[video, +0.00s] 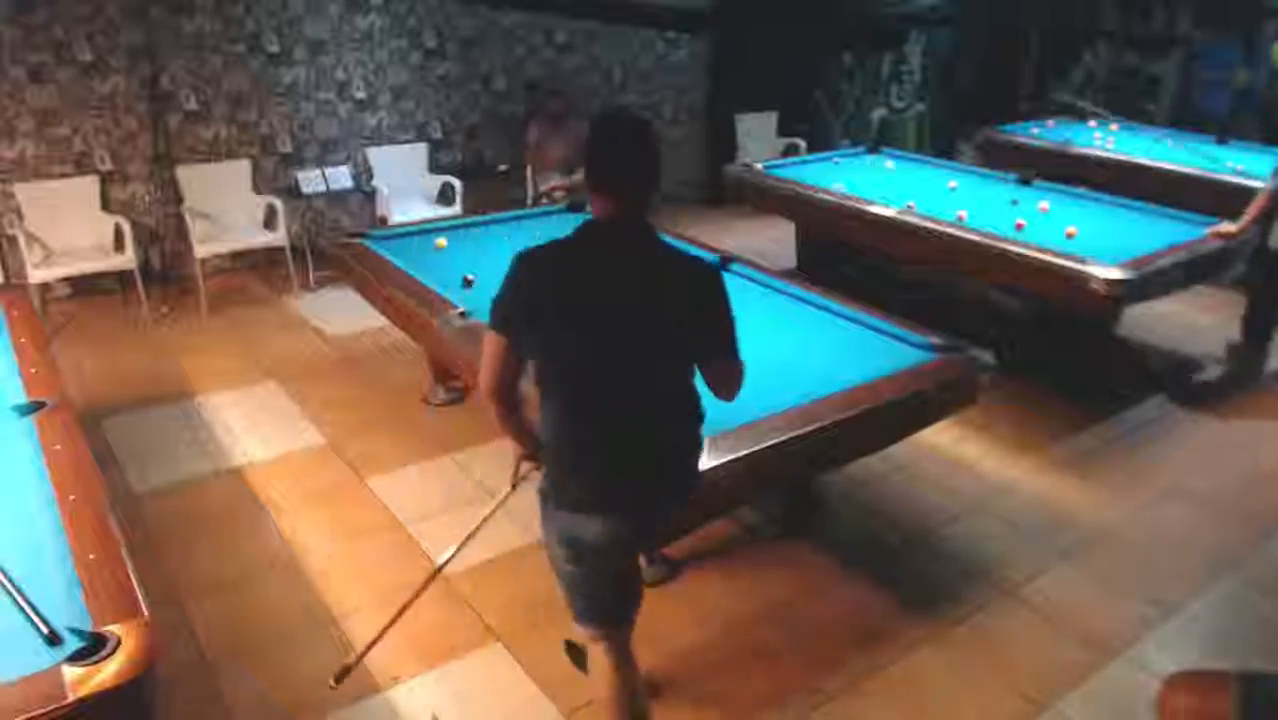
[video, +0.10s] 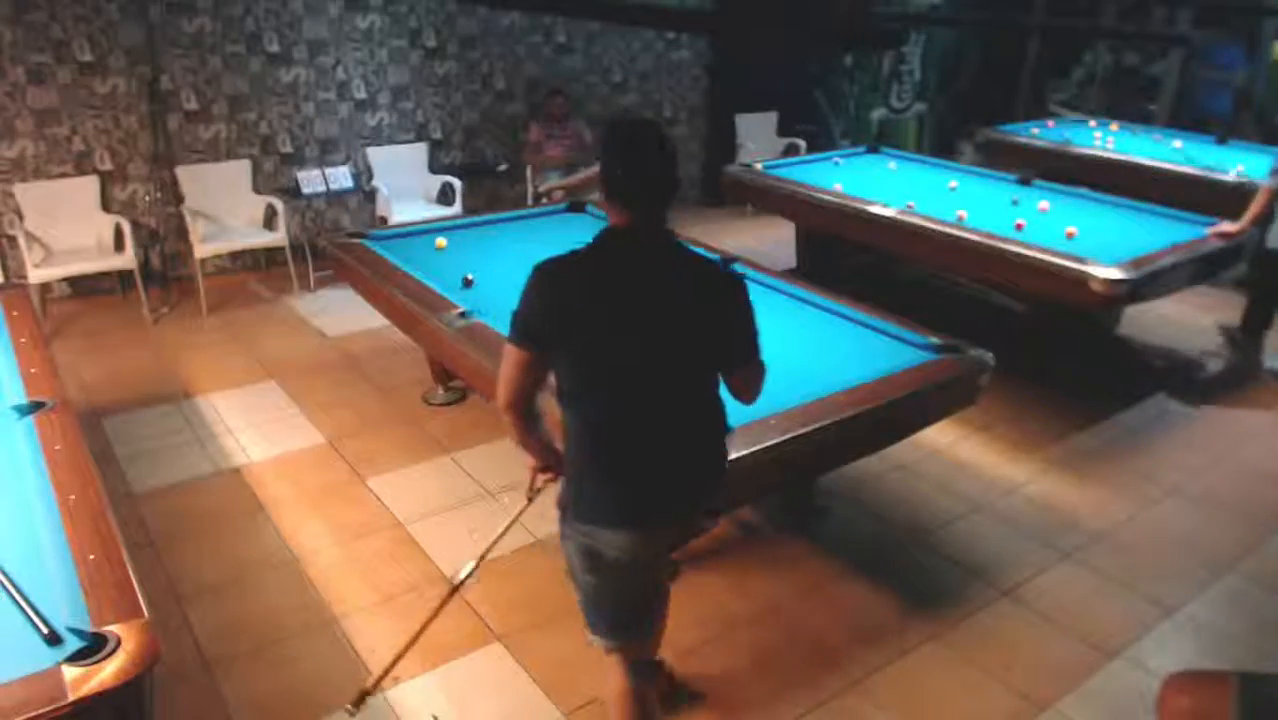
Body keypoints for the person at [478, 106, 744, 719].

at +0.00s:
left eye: (593, 170)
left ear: (585, 179)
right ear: (655, 180)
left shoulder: (536, 271)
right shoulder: (693, 278)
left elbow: (495, 387)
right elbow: (726, 383)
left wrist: (533, 446)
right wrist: (680, 323)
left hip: (582, 490)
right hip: (669, 481)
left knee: (609, 634)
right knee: (622, 555)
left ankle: (628, 697)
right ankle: (599, 643)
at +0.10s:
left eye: (605, 174)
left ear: (602, 188)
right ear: (672, 185)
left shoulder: (557, 281)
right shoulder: (715, 283)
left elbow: (513, 400)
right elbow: (746, 387)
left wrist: (547, 455)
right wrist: (697, 325)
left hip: (605, 501)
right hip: (693, 487)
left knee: (626, 649)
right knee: (649, 581)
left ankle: (646, 697)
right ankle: (647, 676)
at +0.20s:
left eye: (620, 174)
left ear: (618, 188)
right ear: (689, 184)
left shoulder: (579, 282)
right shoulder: (740, 283)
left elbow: (536, 405)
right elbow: (764, 383)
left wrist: (567, 458)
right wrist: (711, 325)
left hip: (623, 507)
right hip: (710, 493)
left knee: (638, 658)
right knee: (688, 572)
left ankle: (655, 701)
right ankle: (691, 676)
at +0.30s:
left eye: (646, 170)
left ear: (646, 183)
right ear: (718, 181)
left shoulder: (603, 280)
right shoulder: (765, 282)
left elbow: (561, 403)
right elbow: (784, 381)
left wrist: (587, 454)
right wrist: (728, 325)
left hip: (639, 512)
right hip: (726, 501)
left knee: (648, 662)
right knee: (722, 588)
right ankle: (742, 688)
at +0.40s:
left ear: (674, 184)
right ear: (745, 184)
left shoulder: (631, 281)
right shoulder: (789, 284)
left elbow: (585, 401)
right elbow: (803, 381)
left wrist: (611, 450)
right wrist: (743, 342)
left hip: (662, 506)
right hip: (750, 495)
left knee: (654, 661)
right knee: (755, 598)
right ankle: (793, 697)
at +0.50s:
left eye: (715, 179)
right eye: (755, 179)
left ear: (703, 187)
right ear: (773, 190)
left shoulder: (660, 278)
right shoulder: (812, 281)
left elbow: (612, 401)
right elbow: (822, 386)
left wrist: (641, 454)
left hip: (685, 504)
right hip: (776, 499)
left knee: (665, 660)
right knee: (785, 611)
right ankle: (815, 707)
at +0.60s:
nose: (729, 197)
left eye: (731, 186)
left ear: (735, 193)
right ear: (802, 188)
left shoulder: (694, 274)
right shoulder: (839, 271)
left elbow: (644, 389)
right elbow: (845, 380)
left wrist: (660, 447)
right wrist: (798, 413)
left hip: (717, 495)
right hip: (805, 490)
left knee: (683, 651)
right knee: (802, 611)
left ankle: (681, 713)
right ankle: (813, 706)